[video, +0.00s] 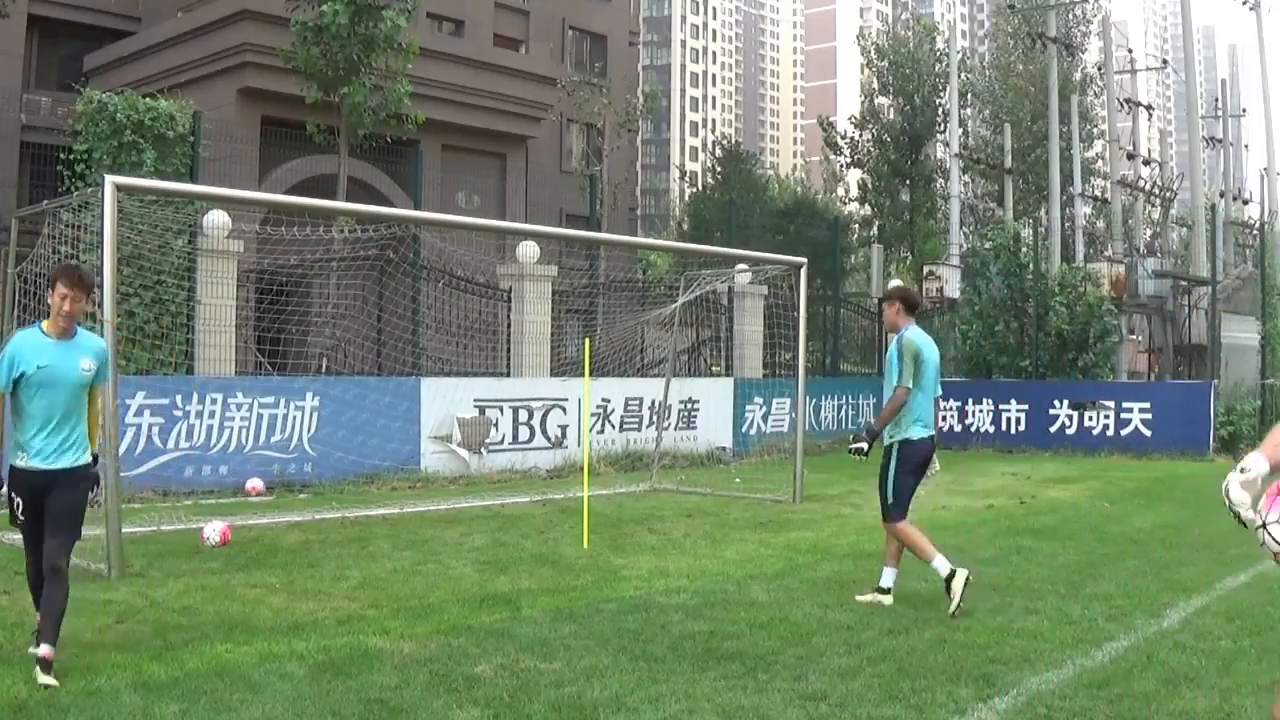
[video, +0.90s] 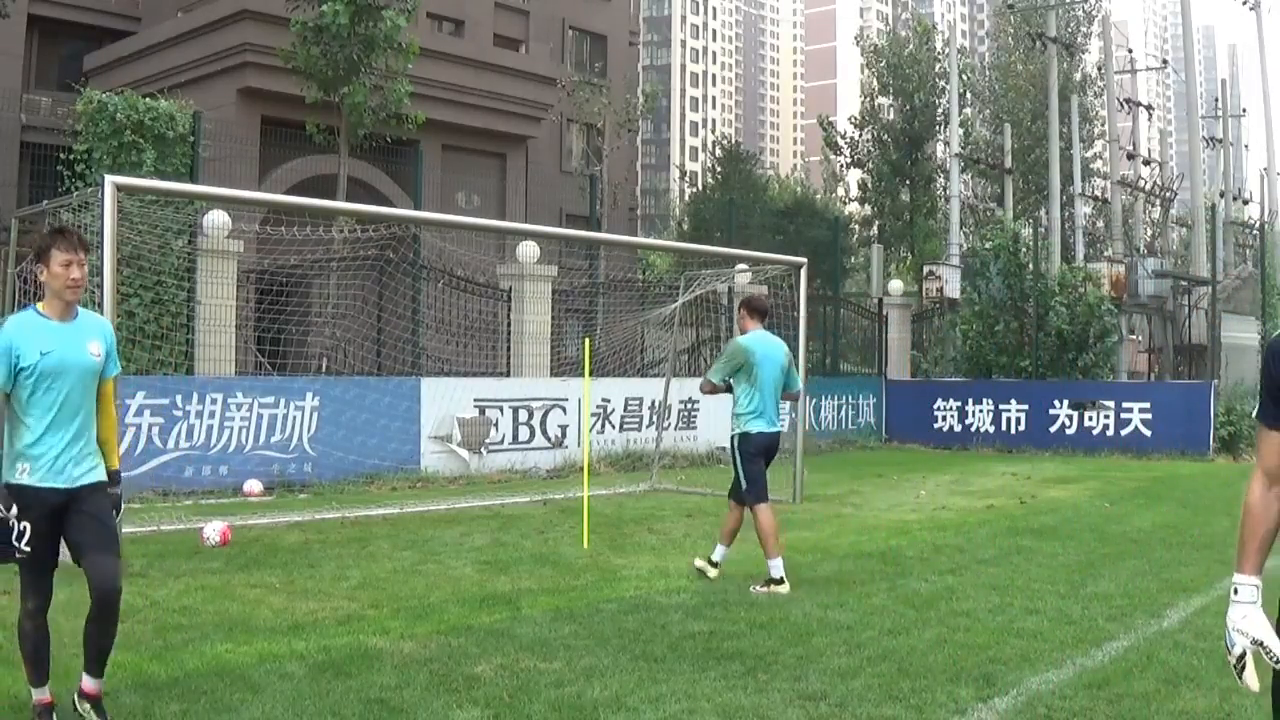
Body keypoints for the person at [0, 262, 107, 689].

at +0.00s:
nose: (68, 307)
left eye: (77, 301)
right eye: (63, 298)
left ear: (86, 305)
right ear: (50, 296)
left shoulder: (96, 349)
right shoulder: (19, 345)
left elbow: (95, 406)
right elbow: (2, 402)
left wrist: (95, 455)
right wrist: (4, 460)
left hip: (74, 469)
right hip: (26, 468)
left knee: (57, 562)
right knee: (36, 562)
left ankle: (47, 652)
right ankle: (44, 621)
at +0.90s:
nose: (77, 274)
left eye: (82, 265)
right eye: (66, 265)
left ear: (88, 270)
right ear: (41, 271)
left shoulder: (100, 329)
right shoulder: (13, 332)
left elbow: (107, 409)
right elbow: (1, 413)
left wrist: (113, 476)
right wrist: (0, 489)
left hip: (89, 482)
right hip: (29, 486)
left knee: (109, 587)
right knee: (34, 603)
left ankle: (90, 692)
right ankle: (42, 704)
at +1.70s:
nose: (151, 286)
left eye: (159, 273)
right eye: (140, 274)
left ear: (169, 270)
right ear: (114, 271)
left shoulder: (191, 335)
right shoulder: (82, 340)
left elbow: (225, 415)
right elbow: (41, 428)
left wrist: (264, 472)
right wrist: (27, 512)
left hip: (176, 525)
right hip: (112, 525)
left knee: (146, 669)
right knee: (129, 668)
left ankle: (123, 716)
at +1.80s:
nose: (159, 288)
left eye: (168, 277)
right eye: (149, 276)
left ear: (178, 274)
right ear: (122, 269)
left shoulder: (196, 332)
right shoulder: (87, 338)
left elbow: (231, 409)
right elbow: (47, 428)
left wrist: (270, 464)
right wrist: (32, 514)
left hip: (185, 526)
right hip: (122, 526)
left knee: (171, 661)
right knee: (132, 671)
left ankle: (130, 714)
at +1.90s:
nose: (178, 291)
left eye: (188, 281)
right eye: (169, 278)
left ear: (198, 275)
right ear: (142, 262)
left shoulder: (206, 324)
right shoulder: (100, 332)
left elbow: (236, 397)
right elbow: (58, 426)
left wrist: (270, 460)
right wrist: (51, 521)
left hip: (201, 527)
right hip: (132, 530)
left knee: (224, 666)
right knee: (137, 677)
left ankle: (161, 715)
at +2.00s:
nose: (190, 293)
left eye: (203, 284)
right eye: (183, 278)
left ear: (215, 276)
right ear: (159, 257)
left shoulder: (216, 323)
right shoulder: (112, 328)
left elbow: (235, 395)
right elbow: (67, 425)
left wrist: (263, 459)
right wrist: (78, 521)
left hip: (213, 526)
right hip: (142, 532)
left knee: (258, 660)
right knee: (141, 684)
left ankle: (198, 719)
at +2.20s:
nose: (236, 291)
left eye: (250, 281)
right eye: (229, 274)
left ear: (262, 278)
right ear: (204, 254)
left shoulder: (253, 325)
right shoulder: (163, 318)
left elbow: (229, 416)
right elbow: (153, 415)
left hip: (245, 532)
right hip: (177, 537)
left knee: (299, 676)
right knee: (158, 690)